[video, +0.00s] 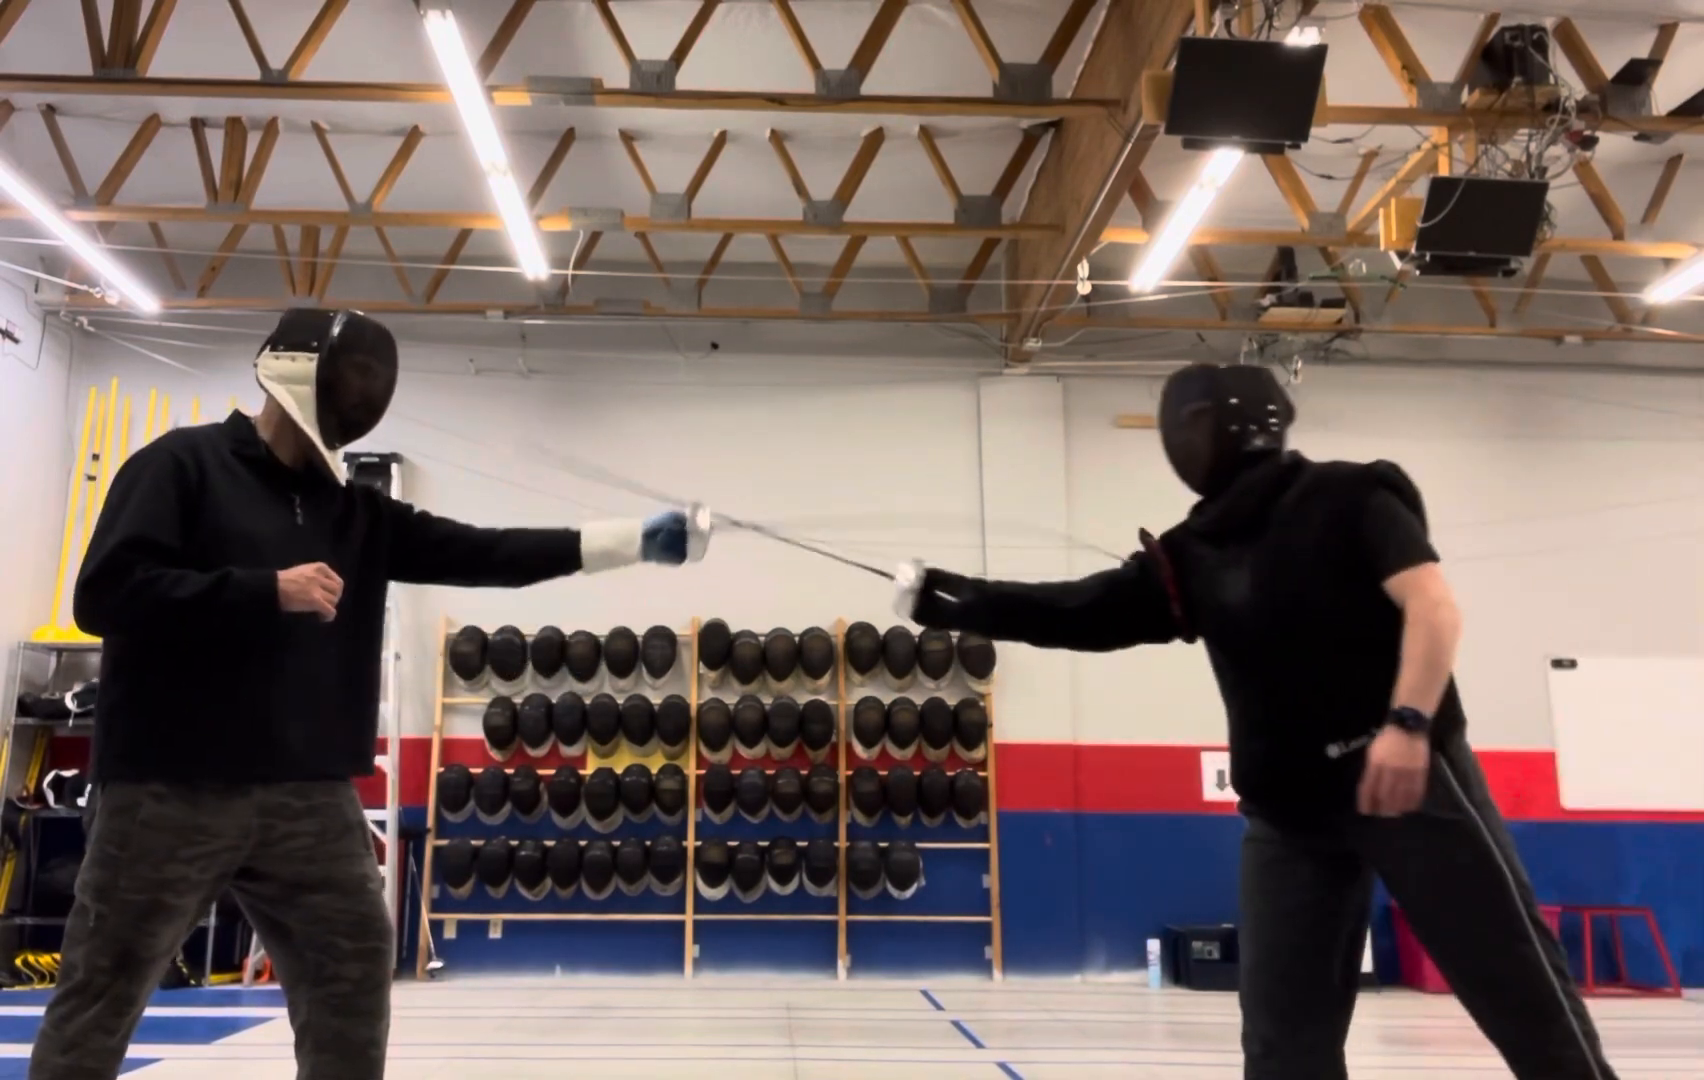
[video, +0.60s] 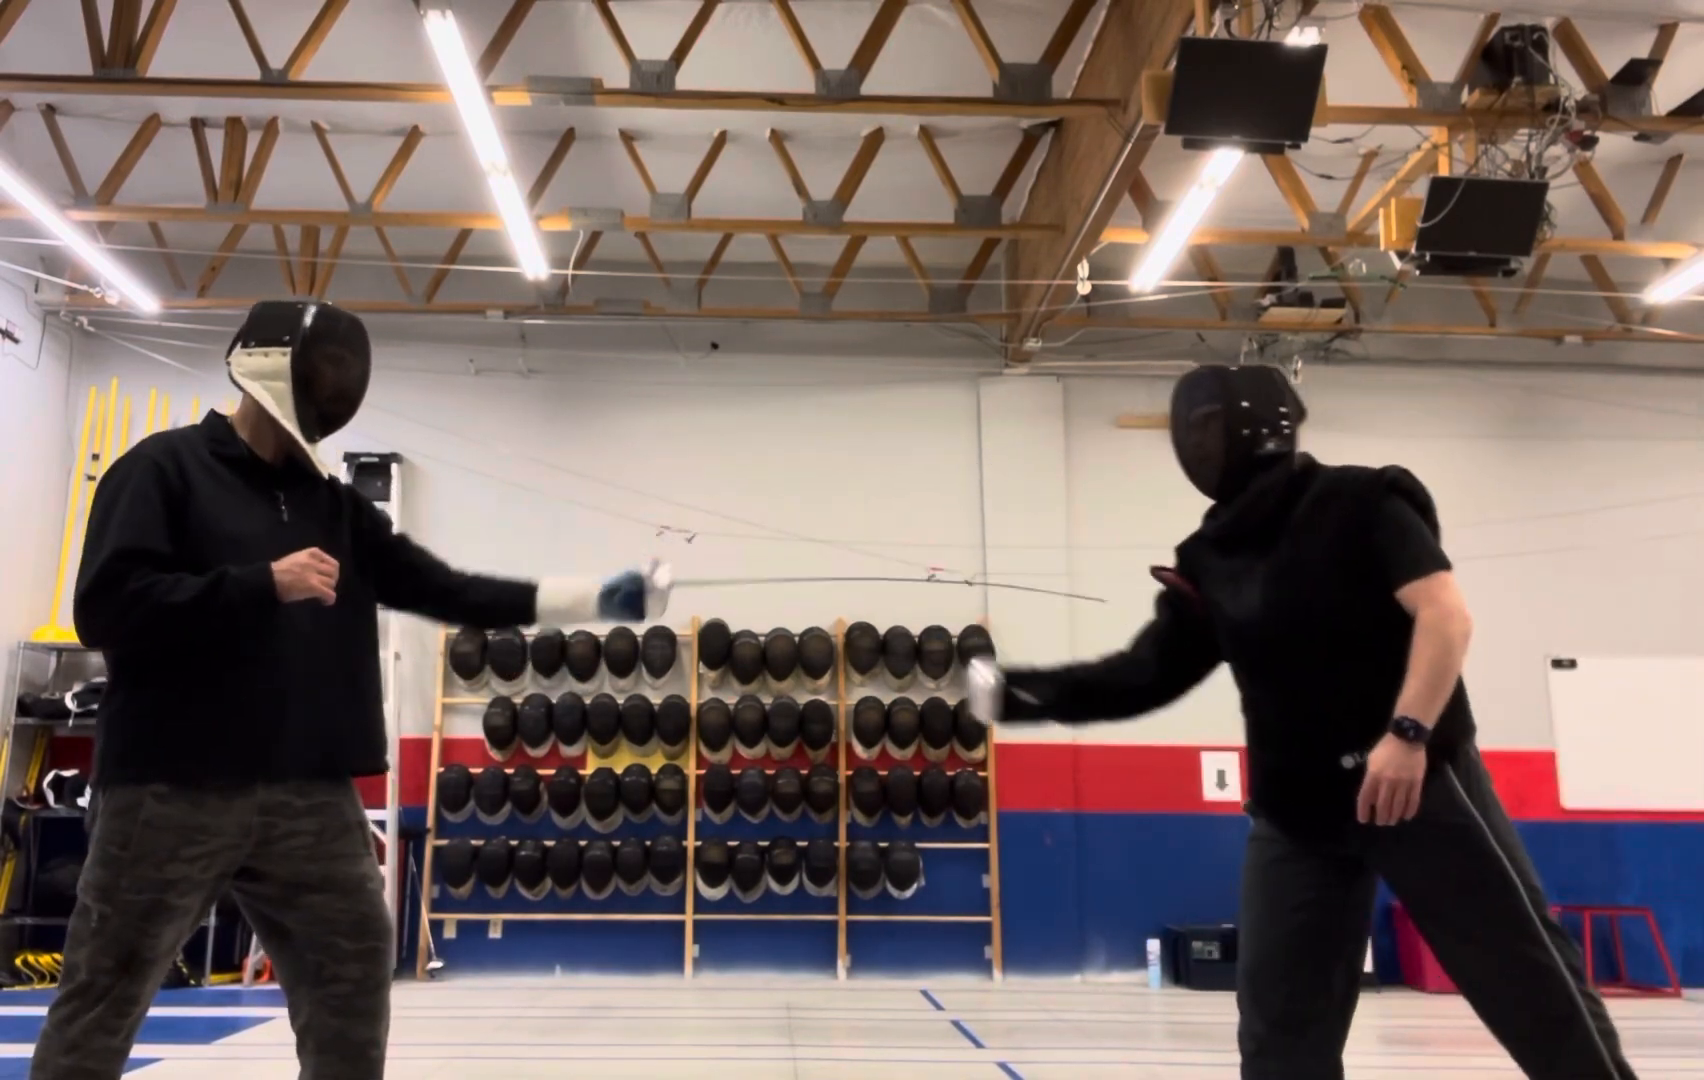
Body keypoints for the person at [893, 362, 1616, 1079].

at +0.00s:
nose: (1174, 445)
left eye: (1183, 424)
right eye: (1172, 429)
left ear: (1231, 423)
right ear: (1239, 429)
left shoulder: (1351, 498)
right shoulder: (1193, 558)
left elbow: (1435, 610)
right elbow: (1081, 610)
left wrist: (1409, 723)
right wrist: (958, 602)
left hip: (1413, 788)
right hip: (1291, 817)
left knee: (1525, 1000)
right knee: (1286, 1046)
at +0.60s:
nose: (1187, 448)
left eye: (1200, 427)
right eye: (1184, 432)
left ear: (1249, 424)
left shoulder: (1361, 501)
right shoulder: (1212, 565)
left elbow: (1445, 617)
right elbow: (1145, 674)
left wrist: (1410, 732)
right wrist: (1015, 691)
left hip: (1420, 792)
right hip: (1298, 820)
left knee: (1536, 996)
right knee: (1282, 1043)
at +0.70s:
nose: (1228, 455)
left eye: (1239, 433)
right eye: (1225, 438)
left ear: (1288, 431)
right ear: (1295, 435)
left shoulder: (1407, 513)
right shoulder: (1255, 564)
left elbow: (1487, 630)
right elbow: (1226, 698)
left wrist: (1440, 744)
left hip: (1448, 799)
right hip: (1325, 818)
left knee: (1560, 993)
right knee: (1291, 1036)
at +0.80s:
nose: (1288, 468)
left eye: (1299, 448)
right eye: (1286, 452)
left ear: (1346, 444)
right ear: (1362, 447)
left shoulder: (1462, 525)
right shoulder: (1305, 573)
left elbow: (1545, 647)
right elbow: (1296, 710)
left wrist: (1486, 759)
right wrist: (1221, 793)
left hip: (1495, 815)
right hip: (1364, 828)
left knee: (1595, 1024)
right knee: (1307, 1045)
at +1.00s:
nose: (1390, 465)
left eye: (1401, 444)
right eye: (1388, 449)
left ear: (1445, 442)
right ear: (1474, 442)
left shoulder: (1573, 523)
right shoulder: (1408, 570)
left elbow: (1653, 646)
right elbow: (1383, 701)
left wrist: (1601, 766)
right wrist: (1282, 751)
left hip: (1595, 818)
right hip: (1468, 826)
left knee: (1651, 1037)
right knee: (1407, 1041)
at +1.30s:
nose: (1455, 456)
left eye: (1467, 434)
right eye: (1449, 441)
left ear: (1517, 425)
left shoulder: (1642, 512)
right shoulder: (1463, 561)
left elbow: (1703, 633)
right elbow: (1383, 655)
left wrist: (1703, 771)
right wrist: (1264, 647)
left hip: (1659, 805)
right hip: (1530, 819)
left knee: (1684, 1021)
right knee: (1516, 1007)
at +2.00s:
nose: (1391, 470)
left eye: (1400, 449)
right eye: (1385, 456)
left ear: (1446, 440)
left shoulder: (1580, 517)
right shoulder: (1404, 571)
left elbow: (1663, 633)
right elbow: (1290, 630)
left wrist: (1676, 759)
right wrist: (1163, 624)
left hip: (1608, 817)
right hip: (1480, 829)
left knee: (1668, 1038)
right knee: (1430, 1036)